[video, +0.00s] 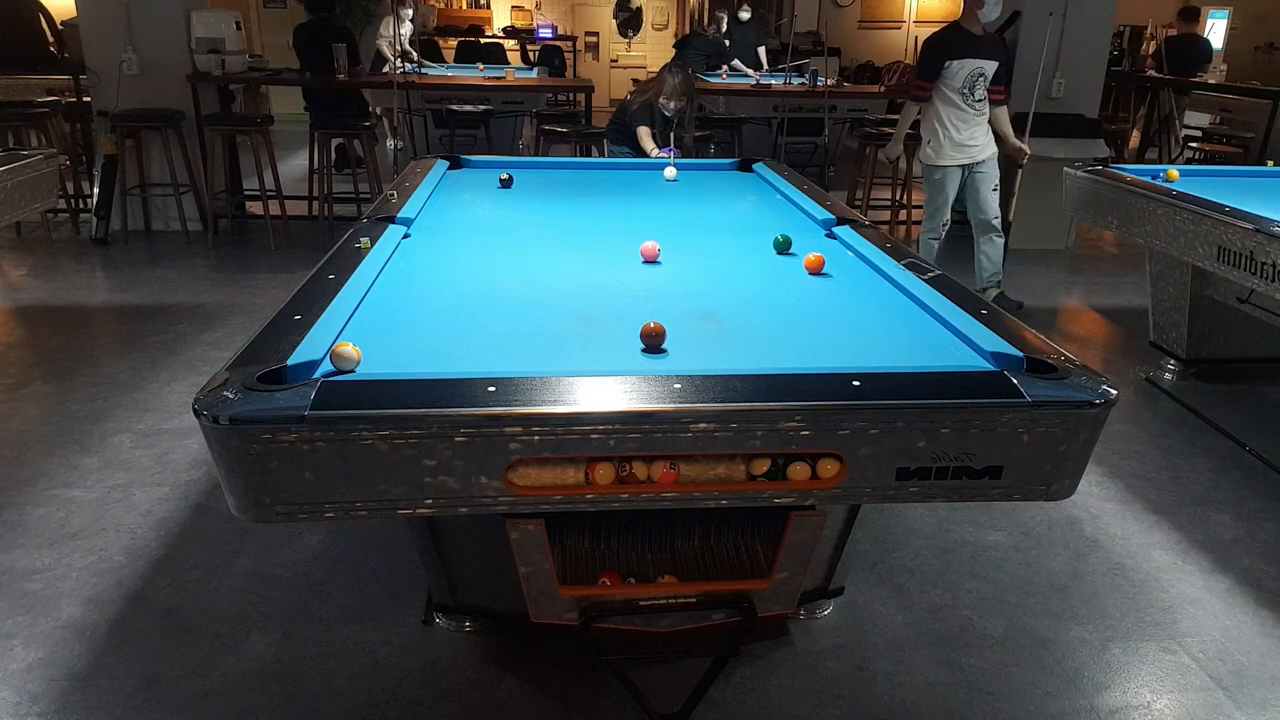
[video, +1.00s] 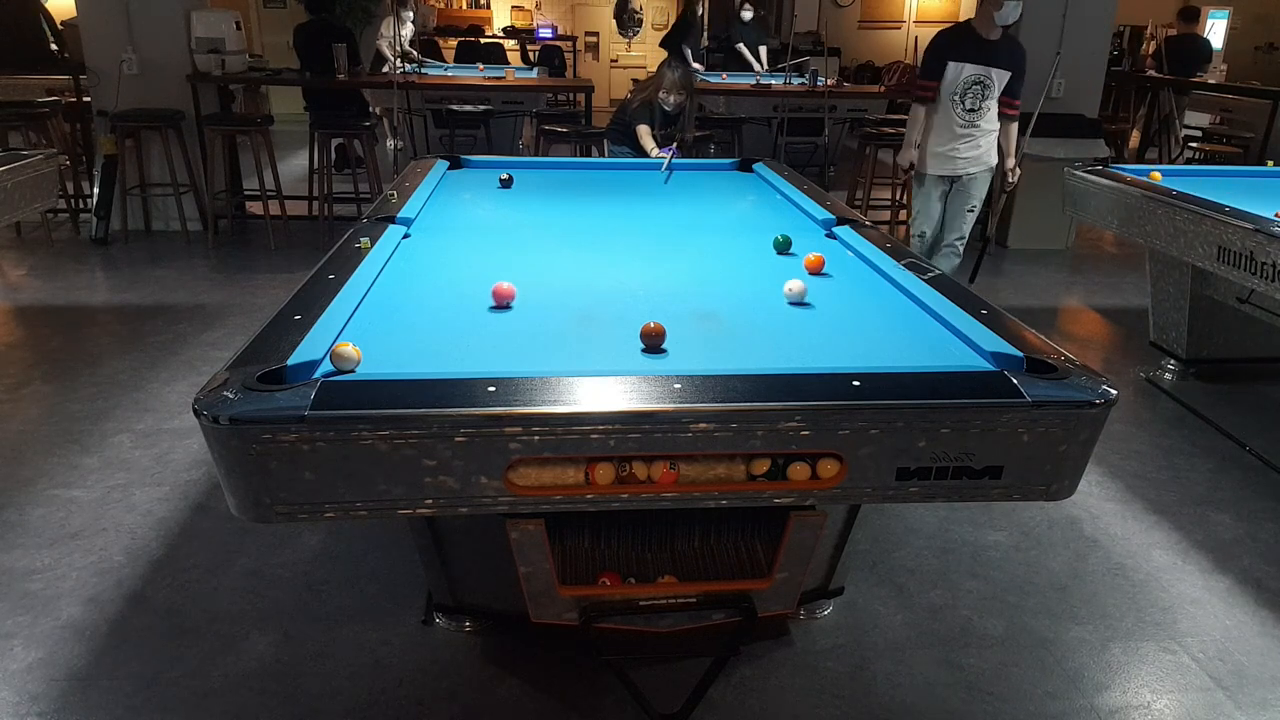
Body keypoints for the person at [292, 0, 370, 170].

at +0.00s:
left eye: (303, 5)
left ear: (307, 7)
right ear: (332, 7)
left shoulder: (300, 31)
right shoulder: (343, 30)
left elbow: (305, 65)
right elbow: (356, 68)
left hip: (315, 103)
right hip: (346, 103)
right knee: (363, 106)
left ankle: (351, 152)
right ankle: (344, 149)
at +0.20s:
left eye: (303, 5)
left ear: (306, 7)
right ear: (332, 7)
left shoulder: (300, 31)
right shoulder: (343, 30)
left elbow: (305, 65)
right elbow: (356, 68)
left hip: (315, 102)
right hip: (346, 103)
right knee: (363, 107)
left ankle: (351, 152)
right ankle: (344, 150)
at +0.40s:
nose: (302, 7)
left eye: (303, 4)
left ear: (307, 8)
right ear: (332, 7)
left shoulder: (300, 30)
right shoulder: (343, 30)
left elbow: (305, 64)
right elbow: (356, 68)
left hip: (315, 102)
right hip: (346, 103)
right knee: (363, 107)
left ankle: (351, 152)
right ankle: (344, 149)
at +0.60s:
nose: (302, 7)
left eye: (303, 4)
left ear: (307, 7)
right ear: (332, 7)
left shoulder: (300, 30)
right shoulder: (343, 30)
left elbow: (305, 64)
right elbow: (356, 68)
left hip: (315, 102)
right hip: (346, 103)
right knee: (362, 107)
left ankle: (351, 152)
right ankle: (344, 149)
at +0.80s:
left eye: (304, 5)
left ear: (307, 8)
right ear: (333, 7)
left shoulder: (300, 30)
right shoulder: (343, 30)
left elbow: (305, 64)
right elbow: (356, 68)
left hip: (315, 102)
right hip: (346, 102)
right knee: (362, 107)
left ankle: (351, 152)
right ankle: (344, 149)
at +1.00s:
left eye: (304, 5)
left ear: (307, 8)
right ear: (333, 8)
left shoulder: (300, 31)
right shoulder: (343, 30)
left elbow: (305, 65)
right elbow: (357, 68)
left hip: (315, 102)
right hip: (346, 103)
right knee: (362, 106)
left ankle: (351, 152)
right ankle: (344, 149)